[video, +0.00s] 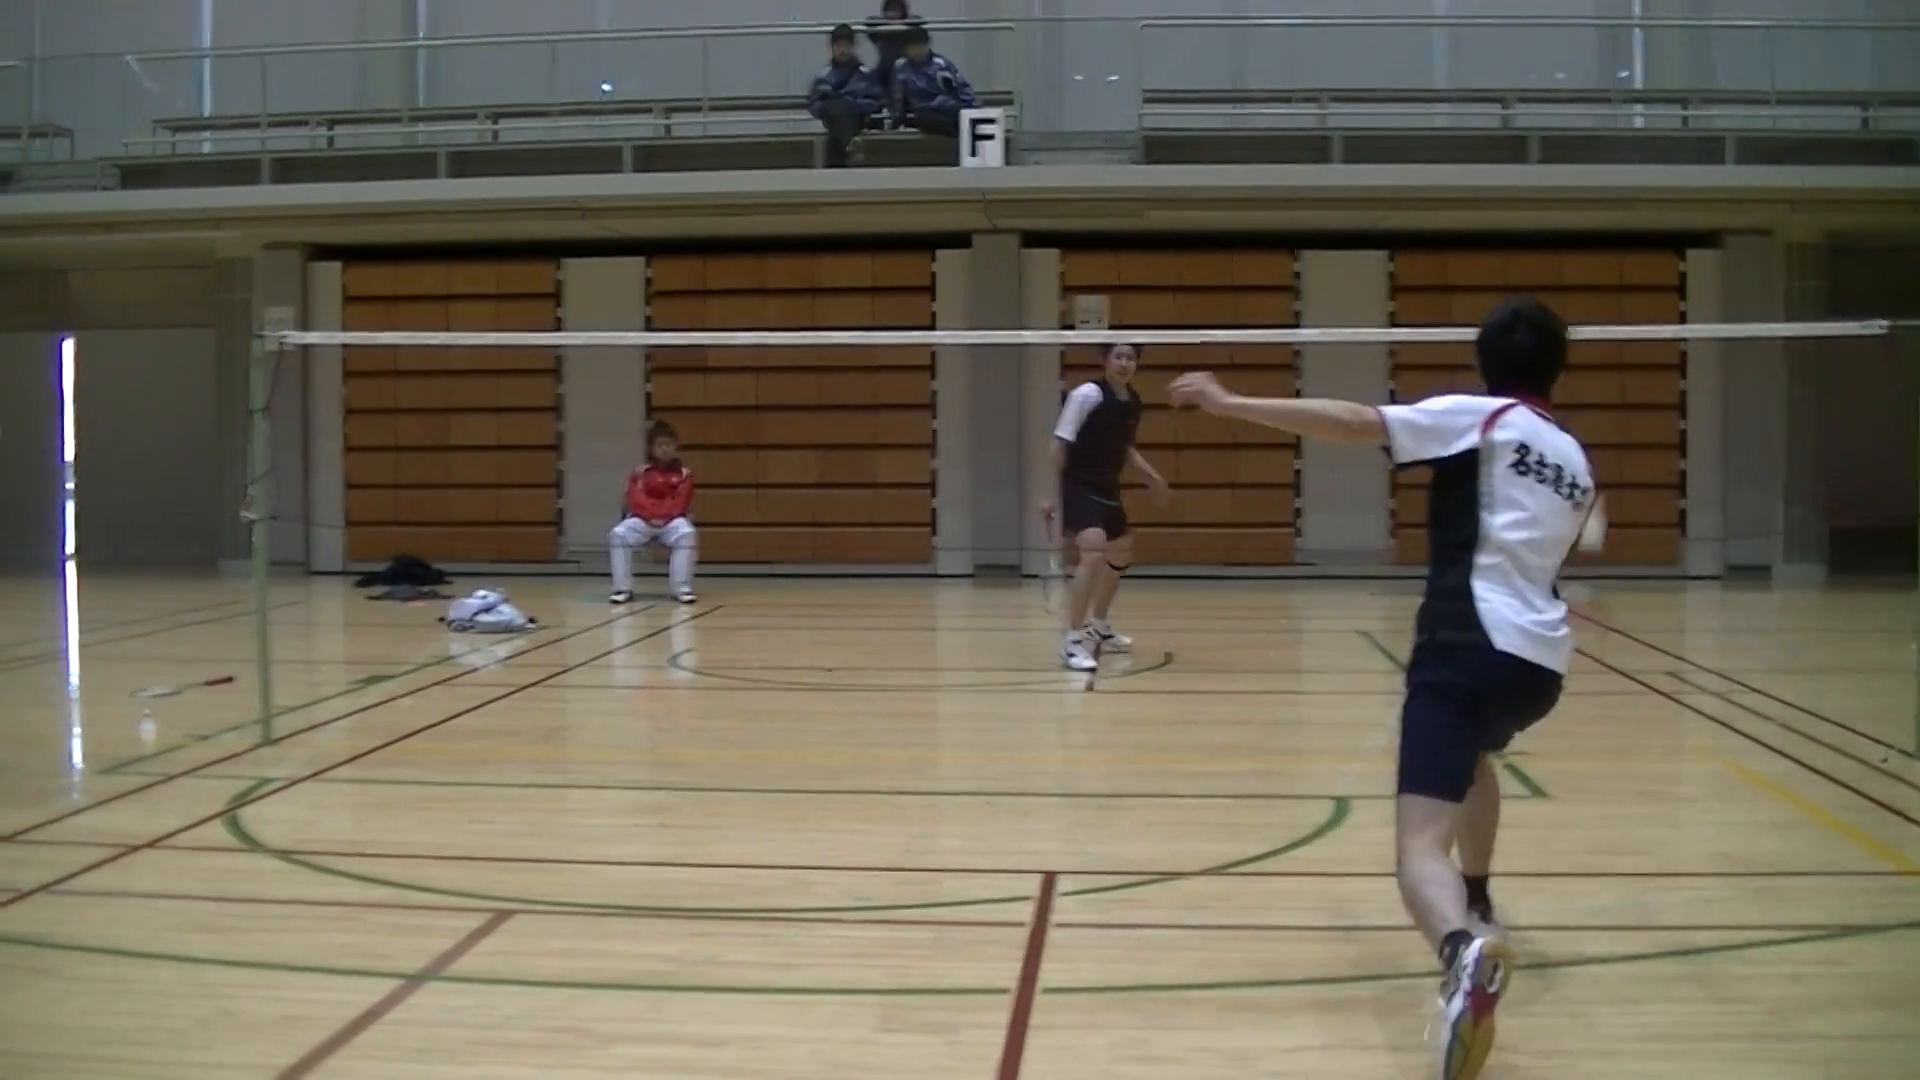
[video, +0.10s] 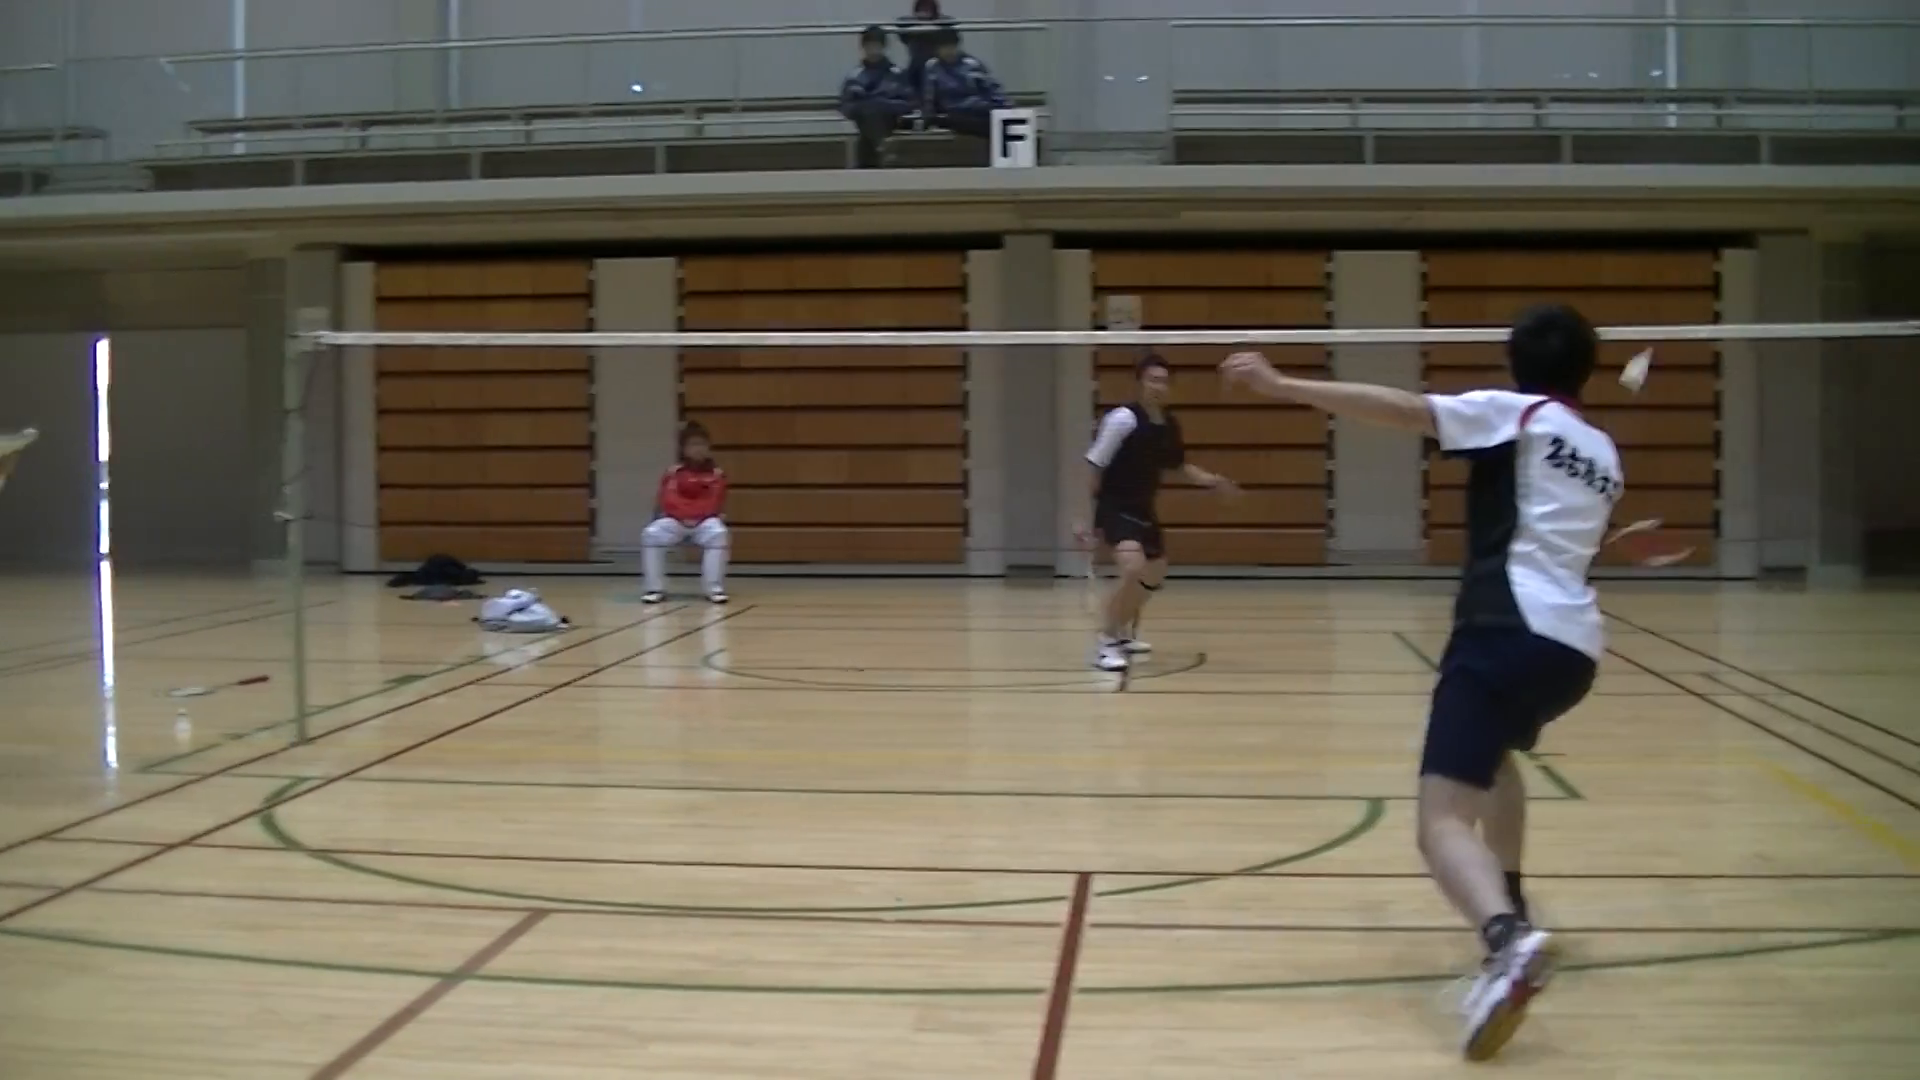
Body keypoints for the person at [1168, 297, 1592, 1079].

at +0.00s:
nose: (1477, 365)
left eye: (1481, 353)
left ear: (1486, 365)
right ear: (1555, 374)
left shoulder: (1472, 415)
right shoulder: (1574, 458)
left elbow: (1357, 420)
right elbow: (1585, 543)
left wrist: (1230, 403)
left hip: (1464, 649)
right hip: (1541, 666)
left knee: (1424, 848)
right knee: (1474, 755)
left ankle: (1460, 952)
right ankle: (1476, 902)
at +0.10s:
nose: (1509, 367)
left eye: (1513, 356)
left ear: (1518, 367)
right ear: (1585, 375)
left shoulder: (1509, 411)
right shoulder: (1605, 456)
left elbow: (1406, 408)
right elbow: (1579, 552)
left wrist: (1280, 384)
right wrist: (1623, 547)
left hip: (1503, 635)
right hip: (1574, 651)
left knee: (1444, 820)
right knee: (1496, 754)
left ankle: (1505, 939)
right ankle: (1509, 906)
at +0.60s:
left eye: (1464, 308)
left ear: (1467, 310)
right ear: (1533, 321)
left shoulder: (1454, 351)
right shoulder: (1569, 400)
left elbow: (1373, 410)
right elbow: (1591, 527)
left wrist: (1271, 464)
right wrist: (1570, 593)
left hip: (1466, 559)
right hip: (1543, 579)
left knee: (1435, 741)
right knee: (1473, 715)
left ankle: (1455, 921)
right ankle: (1498, 866)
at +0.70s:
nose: (1459, 341)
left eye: (1461, 331)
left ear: (1464, 334)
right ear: (1533, 340)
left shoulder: (1447, 377)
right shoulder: (1569, 417)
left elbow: (1388, 454)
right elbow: (1594, 548)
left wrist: (1299, 527)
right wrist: (1567, 632)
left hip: (1453, 582)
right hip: (1534, 598)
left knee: (1424, 763)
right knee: (1480, 735)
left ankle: (1447, 923)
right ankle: (1509, 888)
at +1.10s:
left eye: (1504, 367)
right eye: (1569, 365)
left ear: (1502, 370)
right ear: (1569, 372)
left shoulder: (1472, 418)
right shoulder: (1602, 453)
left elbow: (1415, 505)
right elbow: (1643, 572)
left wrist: (1352, 587)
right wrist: (1650, 671)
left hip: (1476, 610)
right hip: (1561, 627)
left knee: (1451, 764)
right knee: (1519, 758)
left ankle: (1444, 902)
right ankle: (1514, 903)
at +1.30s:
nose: (1524, 336)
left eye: (1524, 327)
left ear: (1531, 331)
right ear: (1594, 334)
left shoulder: (1509, 382)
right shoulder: (1629, 411)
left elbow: (1480, 458)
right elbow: (1643, 527)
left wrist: (1435, 534)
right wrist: (1638, 622)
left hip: (1515, 586)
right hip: (1596, 595)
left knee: (1492, 732)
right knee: (1556, 759)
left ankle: (1472, 843)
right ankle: (1520, 897)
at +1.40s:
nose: (1531, 322)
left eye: (1531, 312)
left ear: (1536, 315)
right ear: (1596, 316)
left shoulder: (1525, 366)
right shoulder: (1637, 387)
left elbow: (1499, 445)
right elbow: (1652, 500)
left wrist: (1458, 525)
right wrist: (1648, 585)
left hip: (1543, 561)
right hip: (1621, 566)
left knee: (1518, 703)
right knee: (1578, 715)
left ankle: (1519, 841)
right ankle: (1565, 827)